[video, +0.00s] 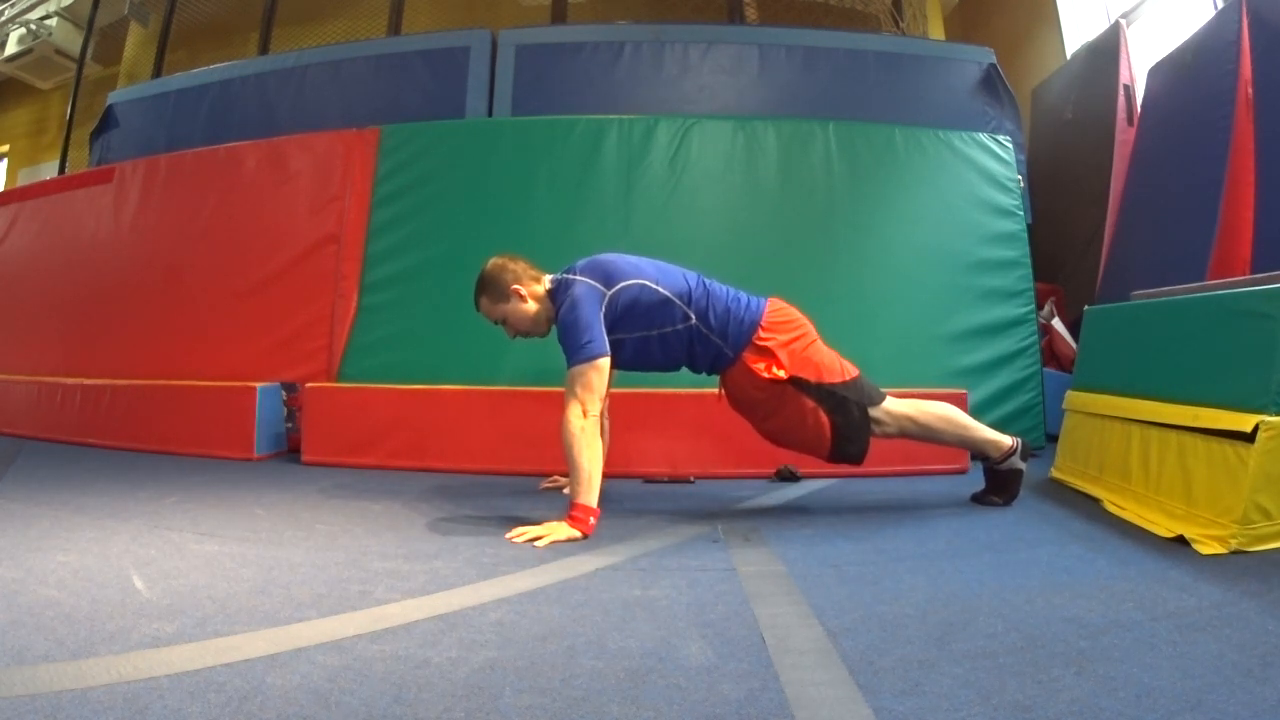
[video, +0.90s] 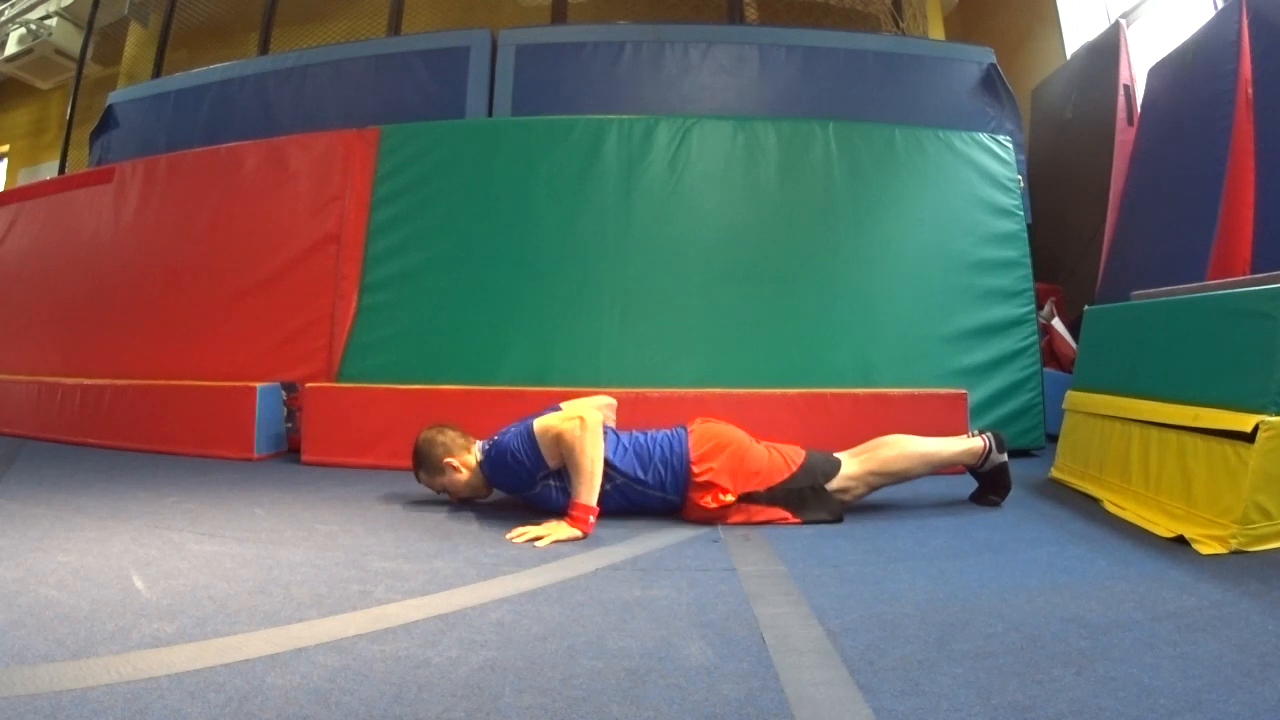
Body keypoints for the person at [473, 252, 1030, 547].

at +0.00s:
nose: (513, 334)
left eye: (507, 323)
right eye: (504, 327)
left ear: (525, 293)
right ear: (527, 288)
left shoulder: (582, 298)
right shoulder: (578, 293)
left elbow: (582, 413)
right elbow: (594, 404)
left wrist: (582, 516)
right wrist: (582, 481)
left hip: (765, 334)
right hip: (739, 364)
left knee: (876, 411)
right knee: (847, 437)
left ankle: (1003, 447)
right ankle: (965, 427)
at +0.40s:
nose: (460, 406)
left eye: (455, 396)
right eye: (453, 397)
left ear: (473, 372)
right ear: (474, 363)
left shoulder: (528, 372)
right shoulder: (522, 360)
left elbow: (605, 426)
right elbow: (602, 408)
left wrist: (583, 517)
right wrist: (586, 472)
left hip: (722, 395)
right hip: (704, 419)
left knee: (846, 446)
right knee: (809, 486)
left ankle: (987, 447)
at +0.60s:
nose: (449, 478)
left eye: (442, 468)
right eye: (443, 471)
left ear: (456, 445)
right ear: (459, 440)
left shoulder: (508, 432)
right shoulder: (512, 432)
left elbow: (592, 428)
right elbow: (591, 411)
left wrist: (579, 517)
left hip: (705, 441)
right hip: (691, 478)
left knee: (842, 468)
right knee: (807, 502)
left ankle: (979, 447)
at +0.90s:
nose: (446, 495)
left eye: (440, 487)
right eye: (440, 489)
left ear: (453, 464)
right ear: (460, 459)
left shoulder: (505, 453)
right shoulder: (514, 461)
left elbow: (581, 425)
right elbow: (597, 408)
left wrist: (578, 517)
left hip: (700, 454)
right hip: (693, 485)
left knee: (841, 478)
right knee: (830, 487)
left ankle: (977, 448)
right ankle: (961, 450)